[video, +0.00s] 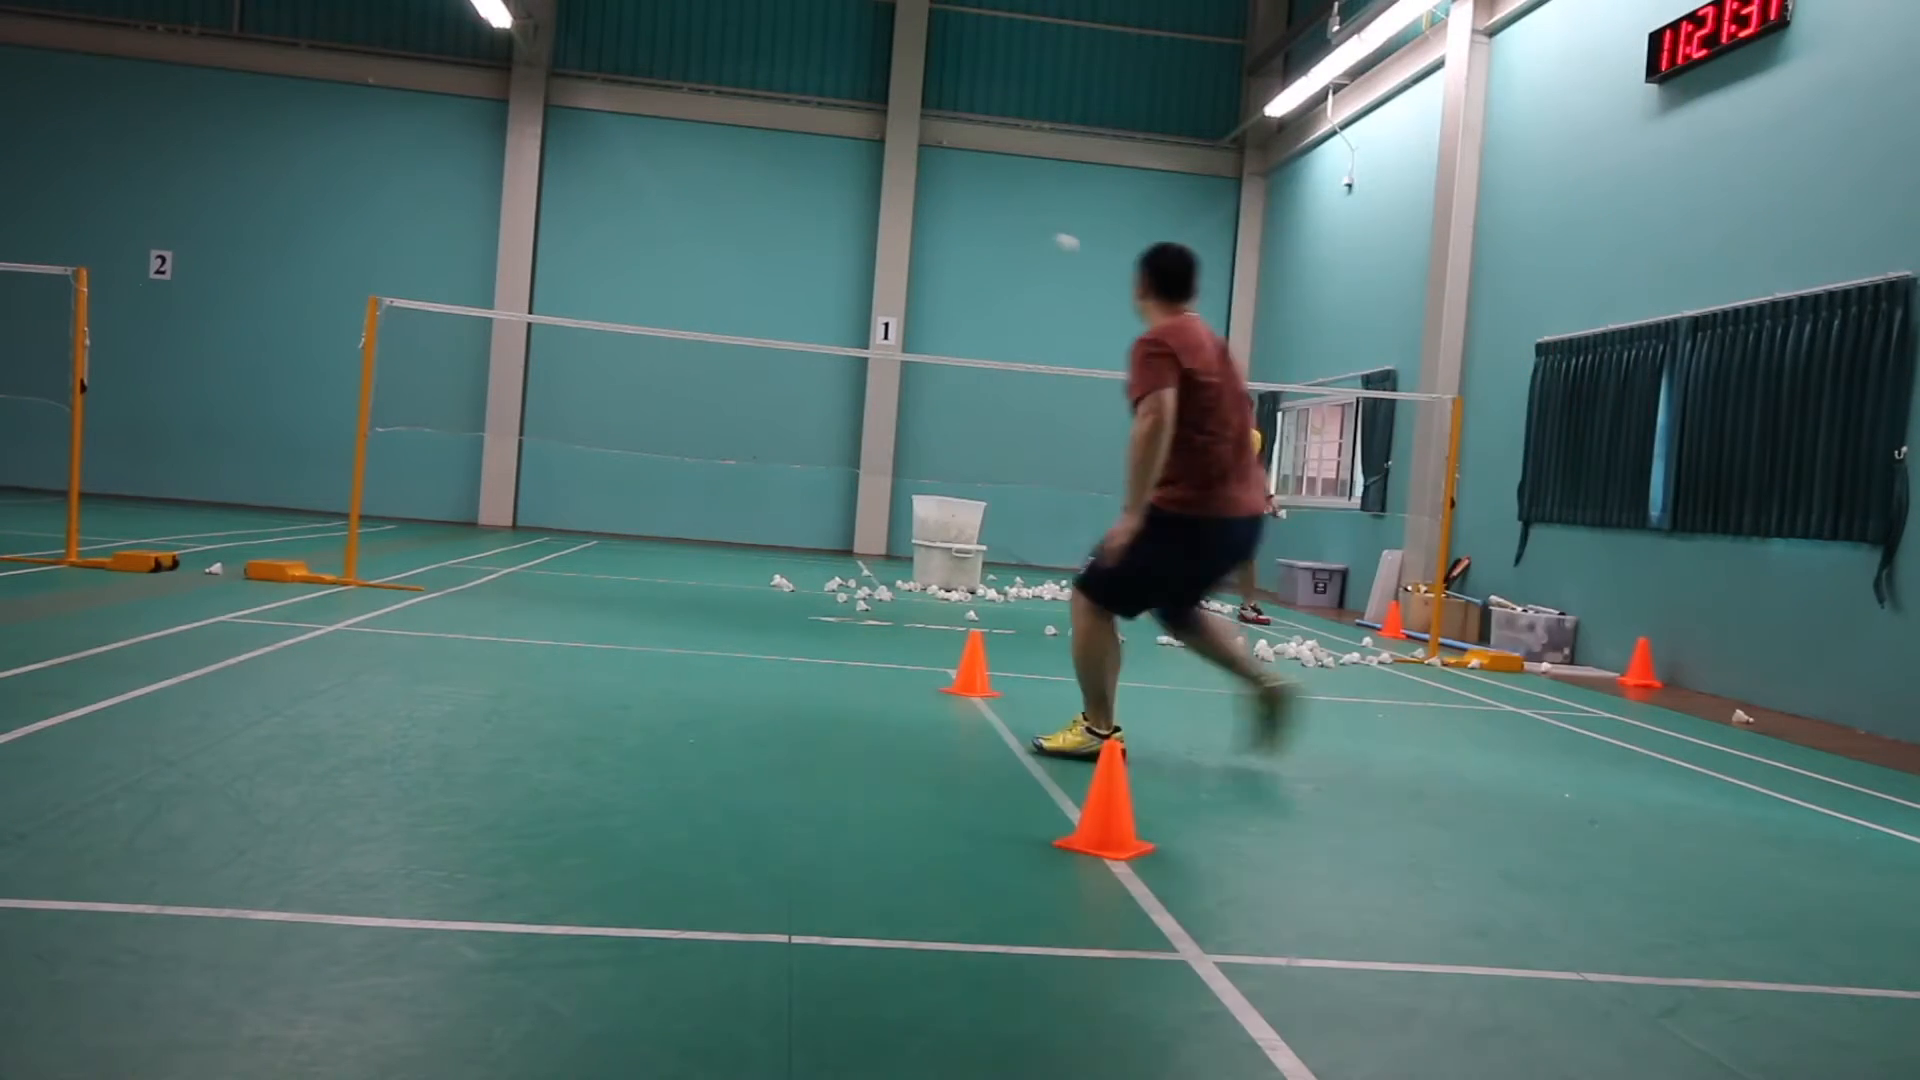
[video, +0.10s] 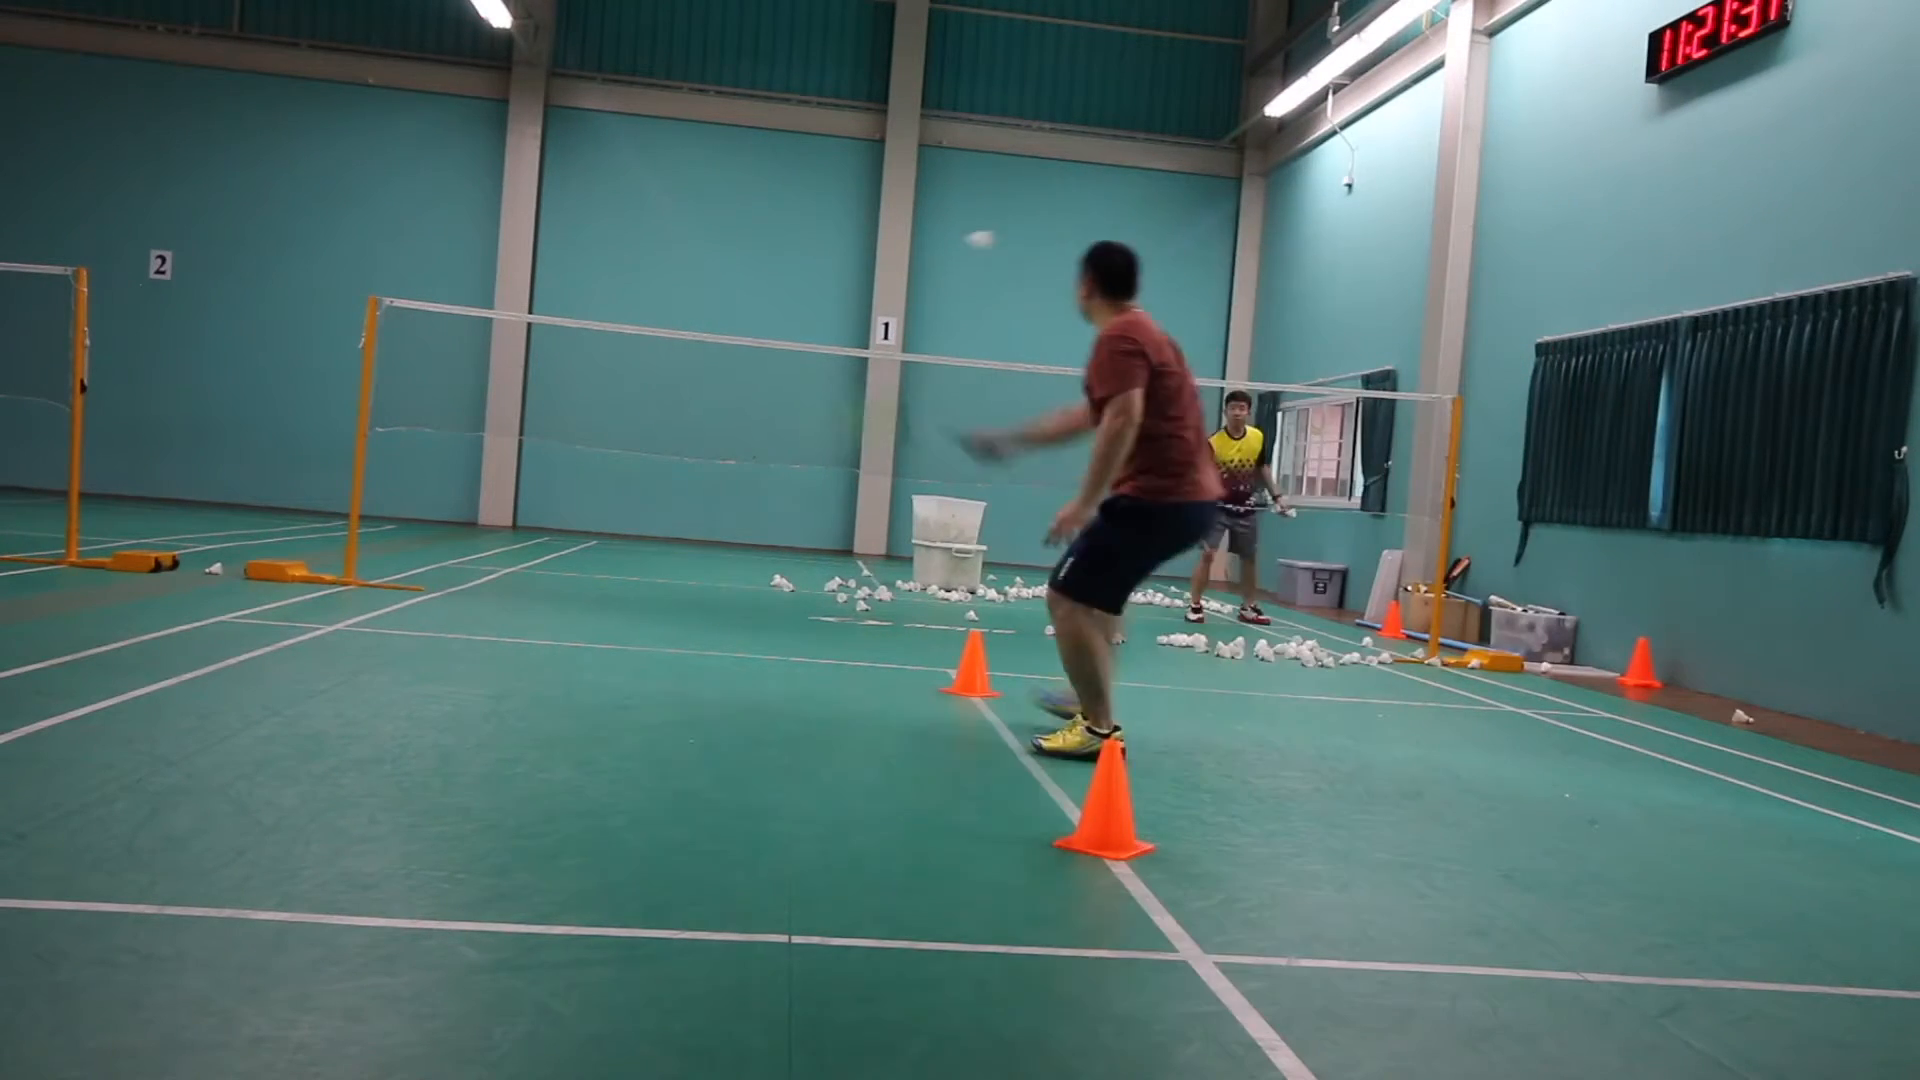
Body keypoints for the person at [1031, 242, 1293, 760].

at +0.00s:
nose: (1135, 291)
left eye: (1137, 283)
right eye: (1139, 283)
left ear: (1142, 287)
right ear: (1190, 288)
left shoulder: (1158, 343)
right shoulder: (1215, 346)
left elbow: (1157, 418)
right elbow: (1241, 432)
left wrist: (1133, 511)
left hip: (1189, 516)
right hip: (1240, 517)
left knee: (1093, 596)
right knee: (1177, 609)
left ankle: (1098, 725)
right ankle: (1266, 683)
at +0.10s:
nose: (1078, 291)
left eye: (1080, 281)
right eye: (1082, 281)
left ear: (1089, 286)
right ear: (1128, 286)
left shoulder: (1120, 337)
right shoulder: (1145, 334)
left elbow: (1124, 417)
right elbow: (1090, 413)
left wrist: (1085, 502)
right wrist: (1015, 438)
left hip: (1158, 498)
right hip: (1188, 497)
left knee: (1066, 596)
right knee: (1099, 593)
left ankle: (1099, 726)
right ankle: (1090, 698)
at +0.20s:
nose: (1034, 295)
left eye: (1036, 285)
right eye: (1037, 285)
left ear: (1046, 289)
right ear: (1082, 290)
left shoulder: (1086, 340)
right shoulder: (1071, 347)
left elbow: (1105, 405)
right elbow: (1019, 403)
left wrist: (1072, 482)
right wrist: (962, 405)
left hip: (1104, 506)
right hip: (1085, 502)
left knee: (1032, 604)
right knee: (1026, 592)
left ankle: (1094, 721)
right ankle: (997, 688)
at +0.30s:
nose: (1017, 294)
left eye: (1019, 287)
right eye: (1020, 287)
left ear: (1026, 288)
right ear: (1069, 291)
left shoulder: (1055, 335)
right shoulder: (1069, 338)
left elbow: (1071, 391)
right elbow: (1034, 420)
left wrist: (1057, 463)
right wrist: (984, 425)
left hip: (1062, 500)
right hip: (1046, 495)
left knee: (997, 596)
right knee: (987, 576)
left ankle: (1074, 702)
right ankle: (992, 687)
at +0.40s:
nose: (1021, 284)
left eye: (1021, 276)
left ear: (1021, 276)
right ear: (1069, 283)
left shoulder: (1022, 309)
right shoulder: (1082, 332)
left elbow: (1012, 364)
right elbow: (1083, 409)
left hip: (1027, 475)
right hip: (1069, 480)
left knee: (971, 581)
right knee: (1001, 581)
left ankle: (1048, 687)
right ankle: (994, 687)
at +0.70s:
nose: (1098, 267)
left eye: (1095, 260)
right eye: (1098, 260)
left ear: (1043, 263)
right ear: (1090, 263)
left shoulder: (1004, 317)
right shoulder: (1116, 327)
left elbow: (960, 396)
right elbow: (1143, 405)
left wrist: (951, 465)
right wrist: (1137, 473)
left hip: (1005, 479)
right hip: (1076, 486)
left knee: (985, 592)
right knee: (1051, 588)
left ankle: (978, 706)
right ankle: (1025, 690)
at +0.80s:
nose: (1135, 253)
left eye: (1132, 244)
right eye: (1133, 245)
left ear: (1079, 251)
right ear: (1126, 250)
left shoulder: (1036, 307)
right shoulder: (1142, 316)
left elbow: (1010, 389)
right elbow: (1157, 397)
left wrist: (1030, 439)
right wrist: (1155, 474)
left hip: (1029, 473)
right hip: (1103, 480)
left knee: (1001, 592)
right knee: (1116, 593)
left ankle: (977, 706)